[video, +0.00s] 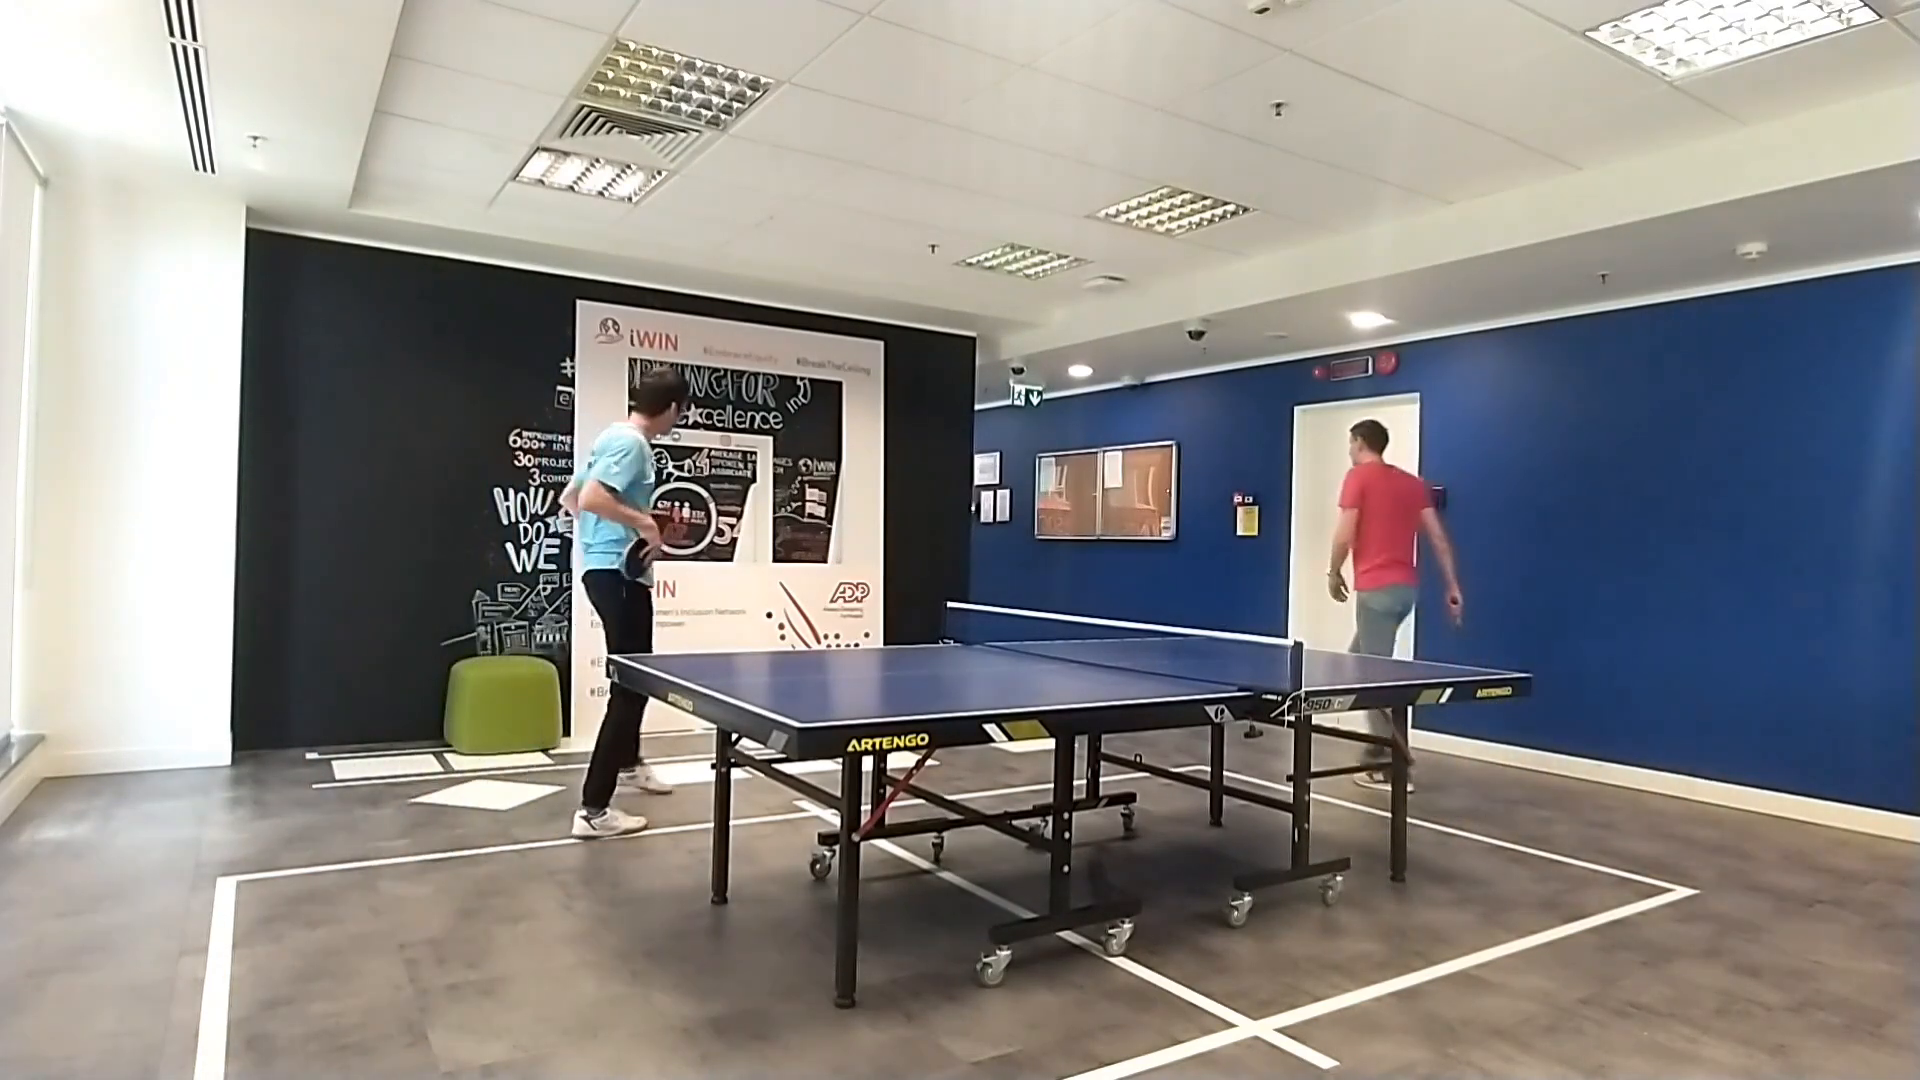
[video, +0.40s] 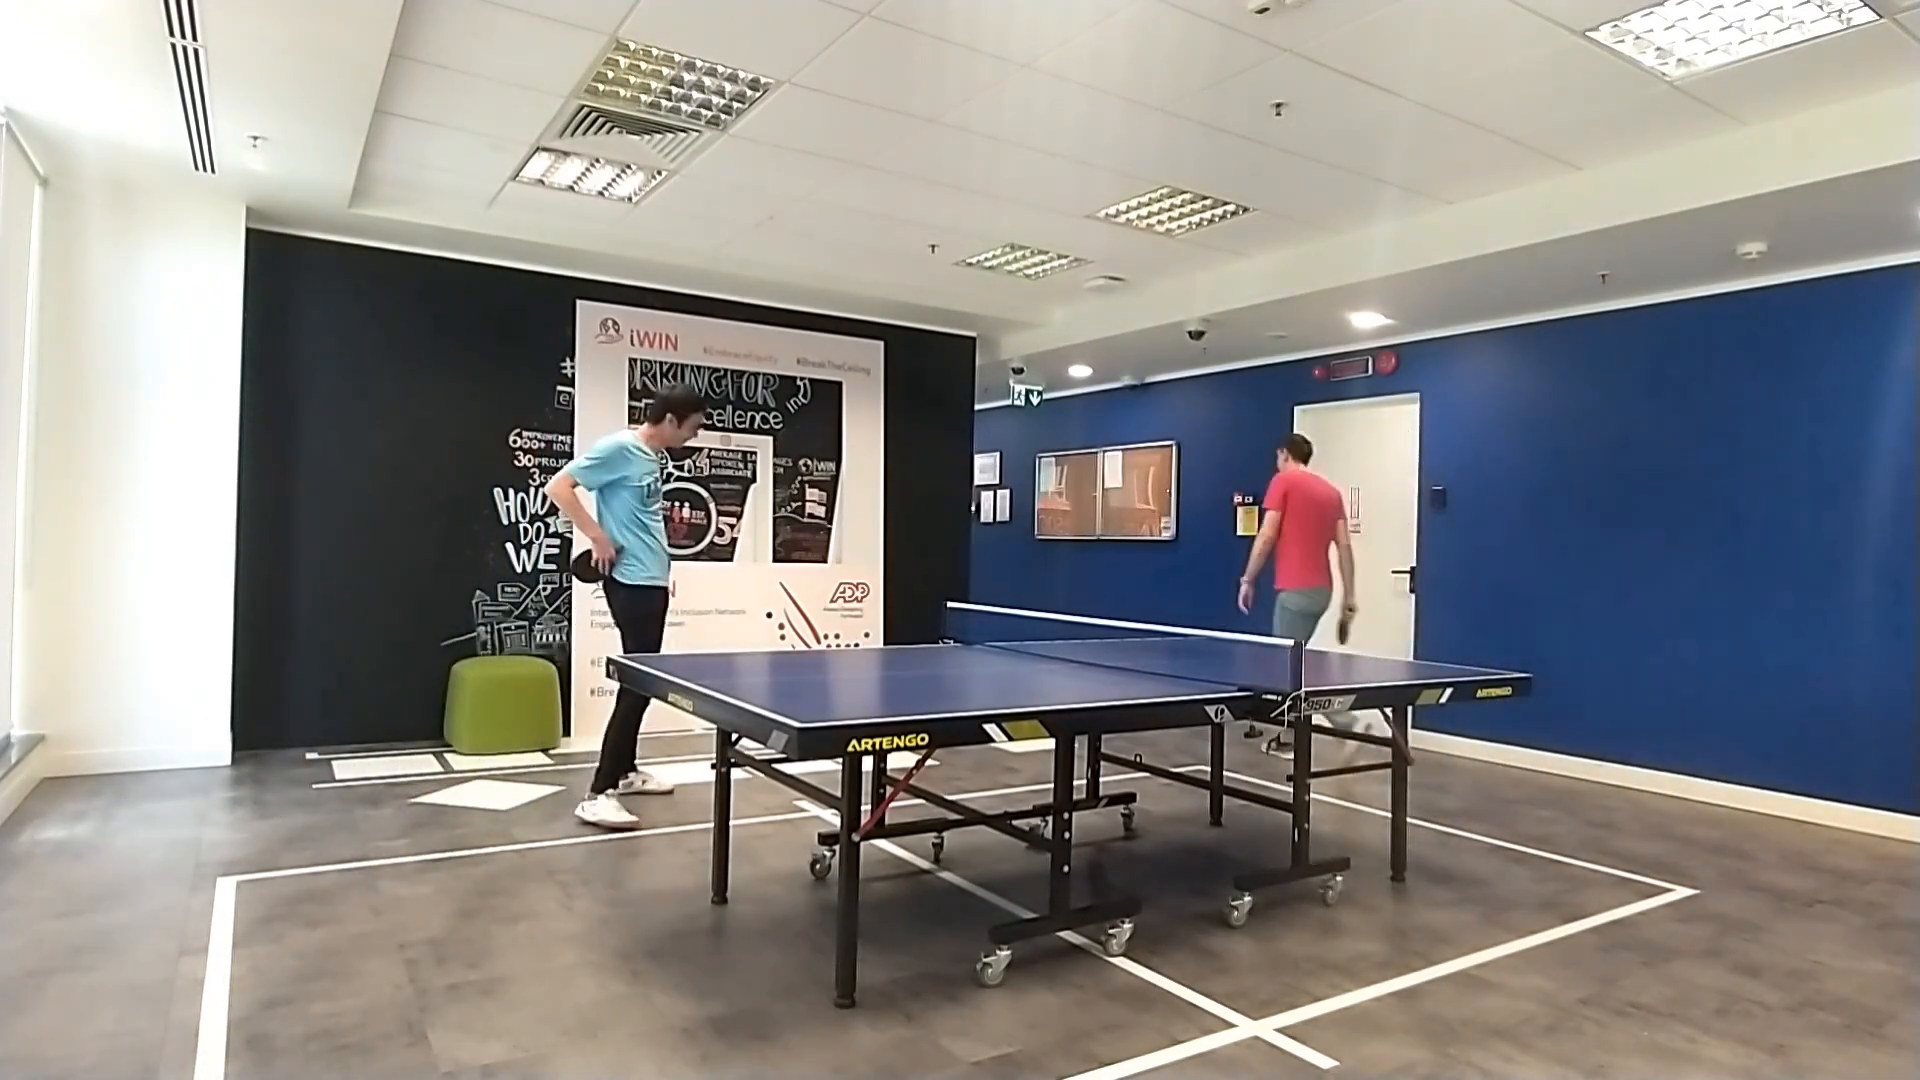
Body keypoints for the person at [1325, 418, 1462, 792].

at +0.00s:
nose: (1350, 452)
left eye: (1352, 446)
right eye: (1351, 446)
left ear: (1362, 445)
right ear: (1381, 446)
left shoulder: (1358, 477)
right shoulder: (1413, 483)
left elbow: (1345, 535)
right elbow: (1439, 537)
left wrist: (1333, 572)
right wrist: (1452, 585)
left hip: (1375, 590)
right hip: (1406, 590)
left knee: (1376, 678)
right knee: (1354, 662)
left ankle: (1392, 764)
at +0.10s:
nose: (1331, 461)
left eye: (1332, 455)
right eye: (1332, 455)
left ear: (1341, 453)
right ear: (1362, 455)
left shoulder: (1337, 483)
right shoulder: (1391, 489)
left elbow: (1320, 541)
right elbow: (1417, 541)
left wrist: (1311, 572)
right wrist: (1429, 591)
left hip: (1356, 595)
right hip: (1386, 594)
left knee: (1374, 681)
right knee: (1341, 665)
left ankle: (1398, 764)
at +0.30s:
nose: (1295, 468)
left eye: (1296, 462)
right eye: (1296, 462)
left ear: (1304, 461)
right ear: (1325, 462)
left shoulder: (1299, 487)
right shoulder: (1348, 495)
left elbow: (1281, 543)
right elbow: (1367, 551)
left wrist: (1264, 584)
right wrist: (1376, 600)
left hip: (1314, 597)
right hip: (1340, 596)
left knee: (1332, 680)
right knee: (1299, 664)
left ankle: (1382, 745)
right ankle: (1287, 735)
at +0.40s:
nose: (1278, 464)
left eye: (1278, 459)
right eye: (1279, 459)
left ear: (1285, 456)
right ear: (1307, 458)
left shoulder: (1283, 482)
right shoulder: (1331, 491)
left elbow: (1268, 535)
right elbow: (1344, 546)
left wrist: (1248, 579)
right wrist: (1350, 598)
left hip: (1293, 591)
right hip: (1321, 590)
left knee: (1286, 664)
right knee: (1289, 662)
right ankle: (1284, 731)